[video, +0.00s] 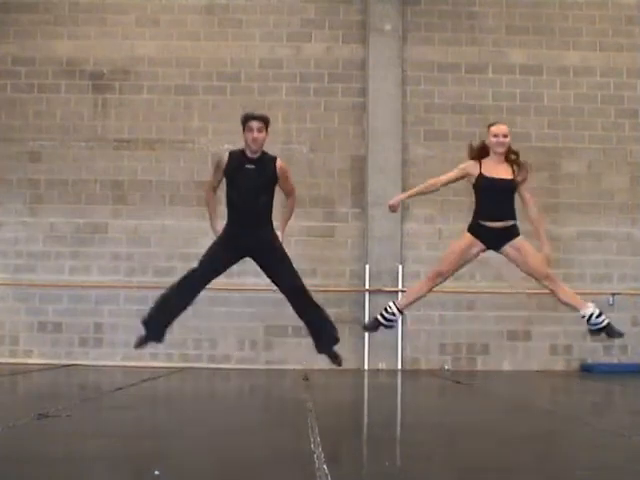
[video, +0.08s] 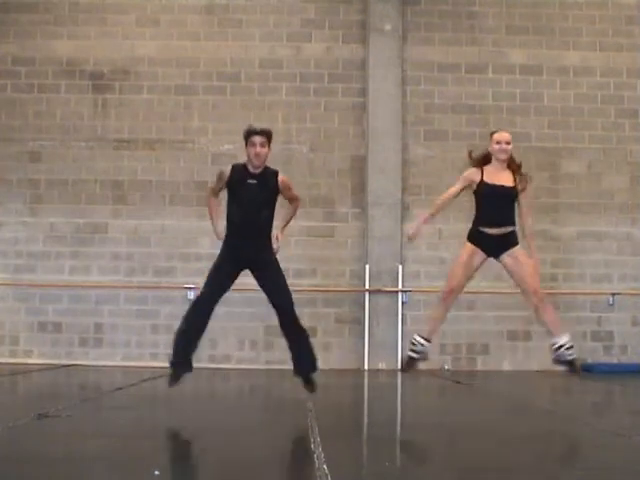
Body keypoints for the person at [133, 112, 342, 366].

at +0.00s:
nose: (255, 135)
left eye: (260, 131)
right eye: (251, 130)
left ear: (266, 136)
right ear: (243, 134)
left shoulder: (276, 167)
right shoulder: (226, 160)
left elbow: (291, 196)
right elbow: (211, 191)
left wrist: (281, 230)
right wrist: (215, 227)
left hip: (264, 240)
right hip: (233, 238)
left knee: (295, 289)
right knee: (196, 279)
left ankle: (327, 343)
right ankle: (153, 329)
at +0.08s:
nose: (258, 150)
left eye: (262, 145)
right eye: (253, 145)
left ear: (269, 150)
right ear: (245, 149)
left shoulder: (277, 181)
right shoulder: (230, 174)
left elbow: (295, 202)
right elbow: (213, 194)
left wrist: (281, 230)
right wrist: (217, 228)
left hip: (263, 253)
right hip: (233, 251)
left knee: (286, 309)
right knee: (204, 303)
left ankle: (305, 368)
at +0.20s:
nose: (259, 186)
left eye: (264, 181)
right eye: (254, 181)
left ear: (271, 186)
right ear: (246, 185)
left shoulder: (279, 222)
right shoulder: (229, 215)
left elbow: (283, 252)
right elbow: (214, 245)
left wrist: (282, 271)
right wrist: (206, 277)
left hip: (263, 291)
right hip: (233, 289)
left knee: (279, 343)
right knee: (215, 341)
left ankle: (281, 397)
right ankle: (209, 396)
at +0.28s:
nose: (258, 201)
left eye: (263, 196)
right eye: (253, 196)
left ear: (270, 201)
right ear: (246, 200)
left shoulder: (278, 233)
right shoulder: (231, 229)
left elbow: (281, 278)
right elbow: (214, 268)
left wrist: (277, 276)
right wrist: (200, 301)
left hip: (264, 302)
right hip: (233, 301)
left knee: (289, 351)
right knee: (210, 348)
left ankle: (280, 398)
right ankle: (210, 399)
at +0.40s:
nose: (256, 198)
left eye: (260, 192)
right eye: (251, 193)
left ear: (268, 195)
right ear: (244, 195)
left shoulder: (273, 217)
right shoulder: (233, 216)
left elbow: (286, 241)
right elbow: (216, 225)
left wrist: (287, 228)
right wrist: (209, 230)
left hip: (264, 294)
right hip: (233, 293)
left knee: (286, 345)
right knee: (208, 342)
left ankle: (284, 396)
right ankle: (205, 394)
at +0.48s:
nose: (253, 193)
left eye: (257, 188)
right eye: (248, 188)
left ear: (265, 190)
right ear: (241, 190)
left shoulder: (270, 206)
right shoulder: (230, 207)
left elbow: (287, 207)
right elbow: (212, 194)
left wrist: (294, 210)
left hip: (264, 288)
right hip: (231, 288)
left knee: (291, 336)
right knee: (203, 339)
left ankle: (293, 391)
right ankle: (195, 394)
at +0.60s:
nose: (246, 191)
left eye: (250, 187)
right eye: (241, 186)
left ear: (257, 188)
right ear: (234, 188)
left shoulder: (267, 204)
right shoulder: (224, 204)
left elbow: (301, 211)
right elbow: (193, 180)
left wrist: (326, 229)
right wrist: (201, 152)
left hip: (261, 292)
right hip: (229, 292)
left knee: (292, 341)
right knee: (199, 340)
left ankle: (317, 398)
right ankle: (176, 399)